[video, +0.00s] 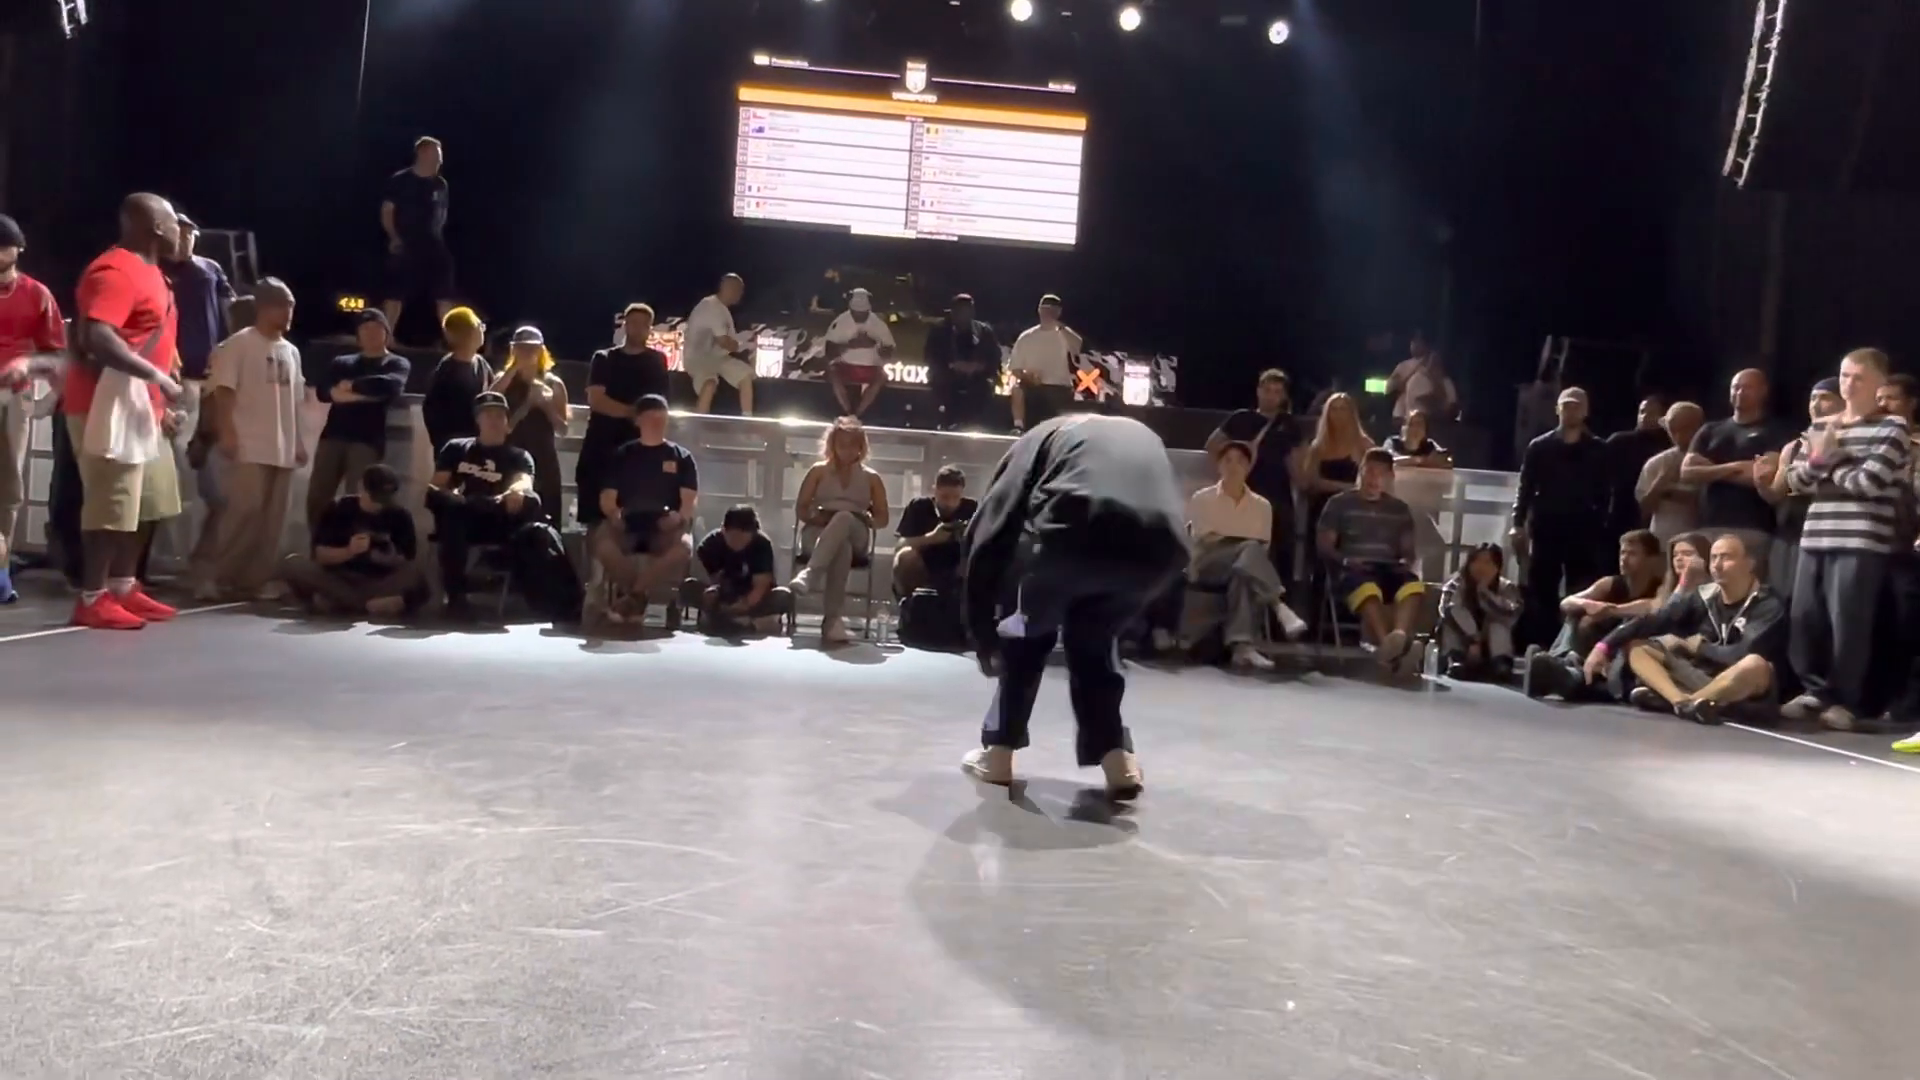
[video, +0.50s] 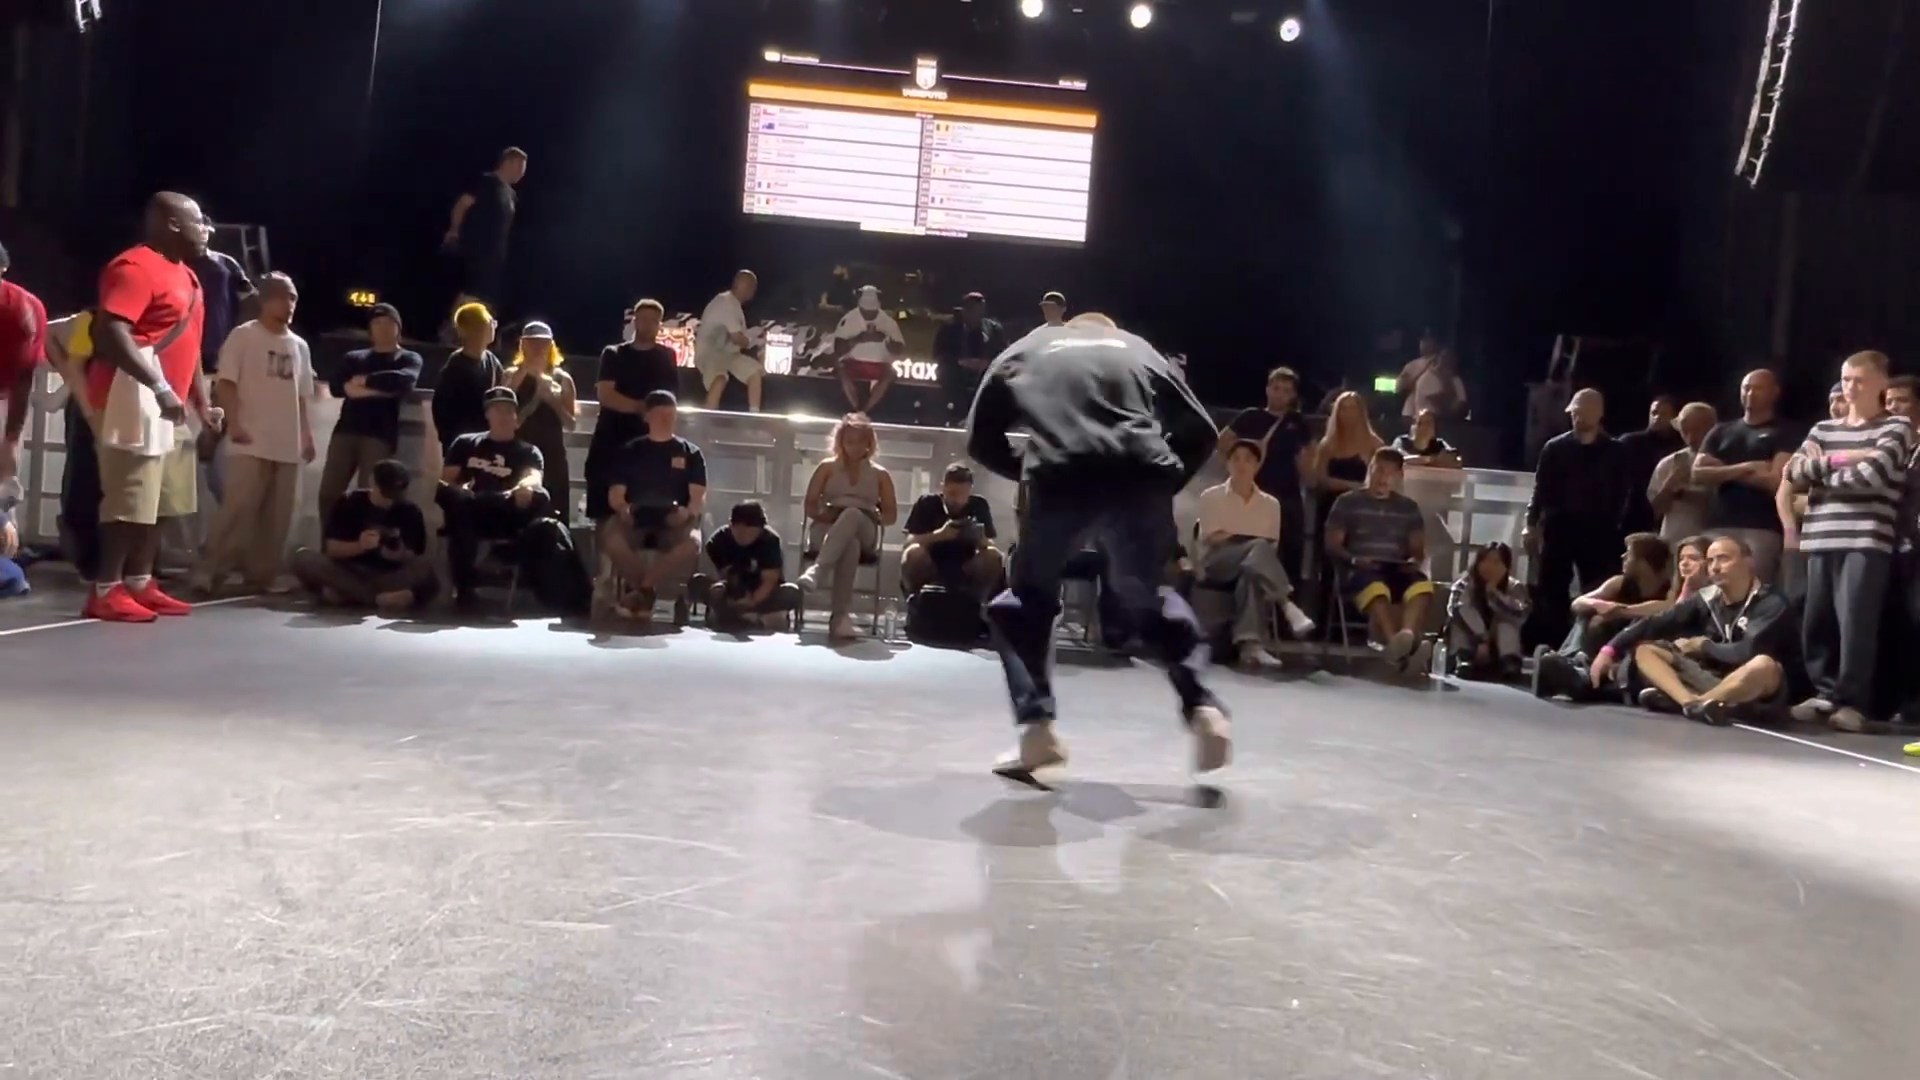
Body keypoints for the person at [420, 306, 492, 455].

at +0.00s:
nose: (483, 328)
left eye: (481, 324)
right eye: (478, 325)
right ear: (468, 334)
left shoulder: (481, 364)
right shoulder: (445, 372)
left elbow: (489, 397)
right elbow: (430, 407)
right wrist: (441, 443)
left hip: (478, 441)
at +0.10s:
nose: (485, 327)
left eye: (482, 323)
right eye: (480, 324)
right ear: (469, 333)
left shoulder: (484, 364)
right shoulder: (447, 372)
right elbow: (433, 408)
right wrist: (444, 443)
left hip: (480, 442)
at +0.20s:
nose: (487, 326)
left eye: (484, 322)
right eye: (482, 324)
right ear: (471, 332)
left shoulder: (485, 363)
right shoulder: (448, 372)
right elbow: (435, 409)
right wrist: (445, 442)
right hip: (455, 447)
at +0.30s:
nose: (491, 326)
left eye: (488, 322)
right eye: (485, 323)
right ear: (473, 331)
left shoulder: (488, 362)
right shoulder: (449, 372)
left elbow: (495, 398)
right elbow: (437, 410)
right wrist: (448, 444)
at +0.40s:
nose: (493, 326)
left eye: (491, 322)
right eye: (489, 323)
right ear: (478, 331)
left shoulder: (490, 362)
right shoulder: (452, 369)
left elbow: (496, 398)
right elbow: (439, 406)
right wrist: (448, 441)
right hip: (457, 443)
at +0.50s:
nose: (495, 324)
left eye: (492, 320)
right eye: (490, 321)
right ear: (476, 330)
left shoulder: (492, 362)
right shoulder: (453, 369)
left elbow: (497, 400)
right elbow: (440, 406)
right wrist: (449, 440)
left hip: (487, 441)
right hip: (458, 444)